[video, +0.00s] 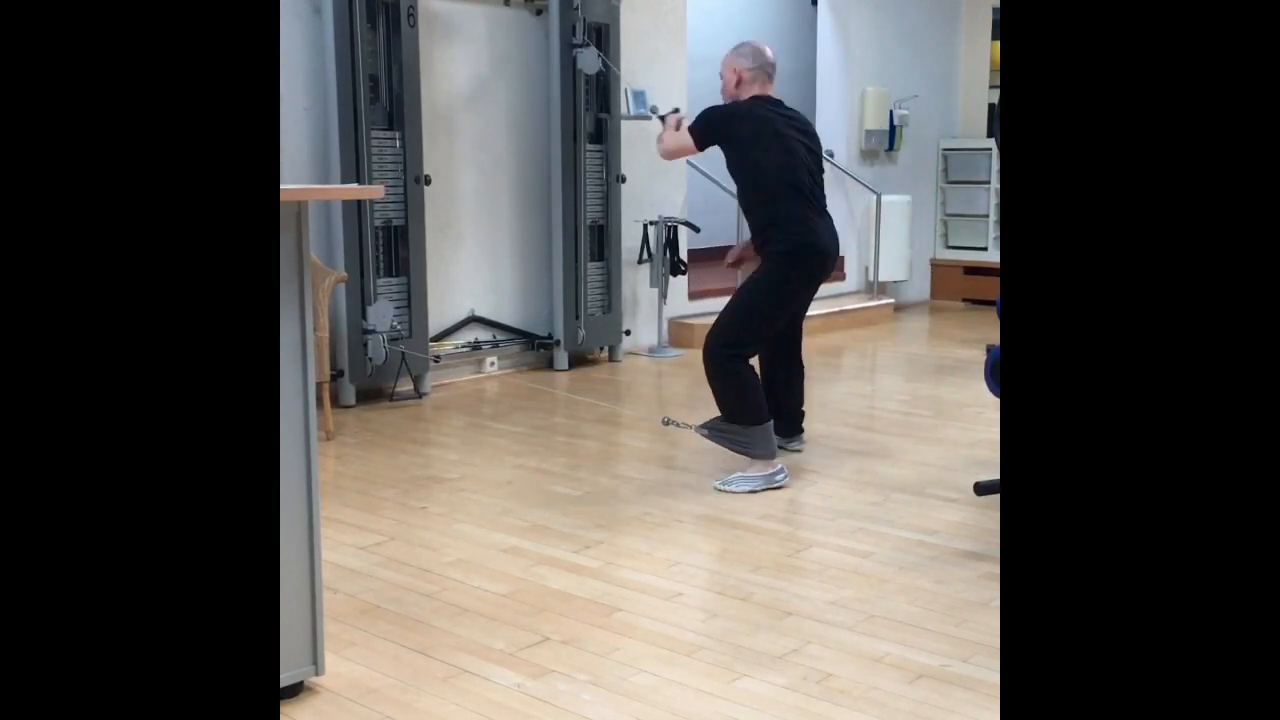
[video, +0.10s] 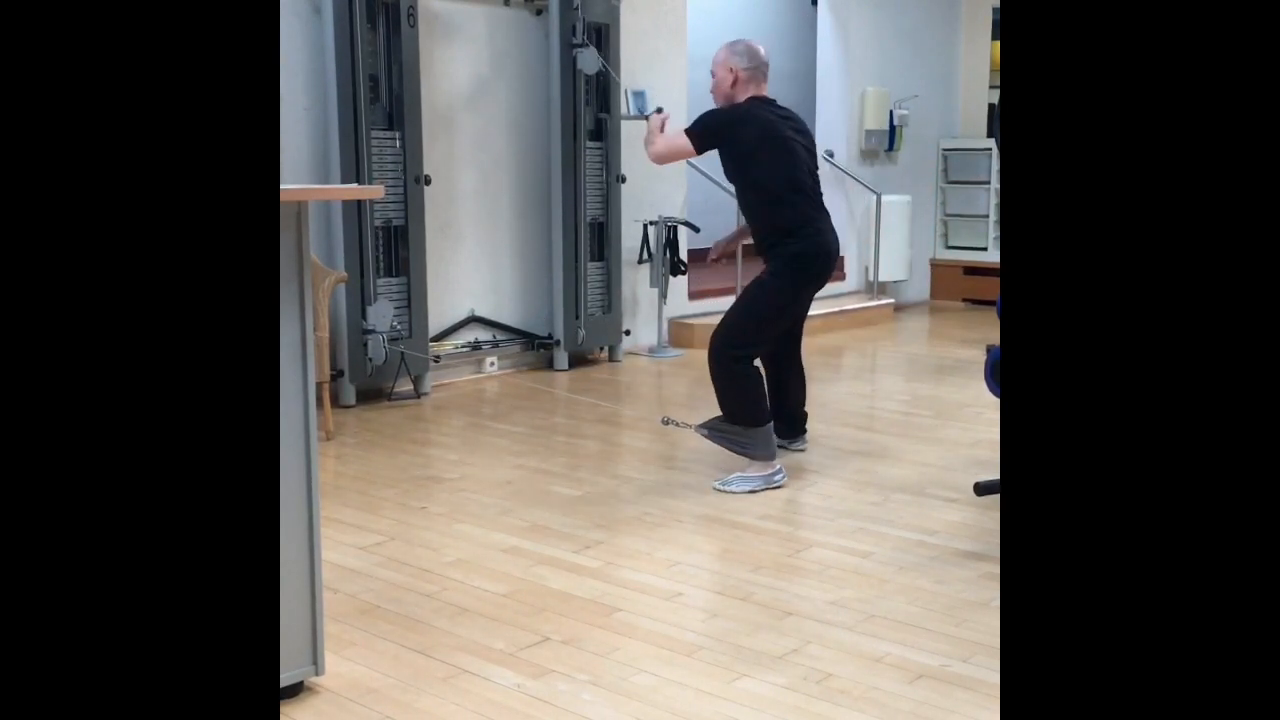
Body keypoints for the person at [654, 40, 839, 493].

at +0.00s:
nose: (723, 86)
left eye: (724, 78)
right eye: (724, 78)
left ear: (737, 76)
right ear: (768, 78)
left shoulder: (730, 115)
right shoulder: (798, 121)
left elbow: (669, 148)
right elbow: (803, 200)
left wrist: (671, 123)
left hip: (789, 251)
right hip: (819, 249)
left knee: (722, 347)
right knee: (780, 342)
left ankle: (761, 461)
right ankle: (786, 429)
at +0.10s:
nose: (711, 83)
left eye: (715, 74)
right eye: (712, 74)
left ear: (736, 76)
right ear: (756, 78)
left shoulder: (732, 118)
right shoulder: (791, 120)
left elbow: (658, 152)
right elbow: (789, 197)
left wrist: (655, 127)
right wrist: (735, 239)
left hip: (794, 256)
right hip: (819, 251)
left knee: (728, 346)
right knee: (781, 344)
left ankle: (762, 463)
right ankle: (789, 430)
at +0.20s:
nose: (704, 85)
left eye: (709, 76)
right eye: (705, 75)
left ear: (736, 78)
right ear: (747, 80)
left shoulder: (732, 122)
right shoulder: (783, 120)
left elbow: (654, 157)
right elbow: (766, 199)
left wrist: (642, 135)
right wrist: (715, 237)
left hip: (795, 259)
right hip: (816, 254)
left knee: (732, 344)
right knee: (781, 347)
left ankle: (760, 462)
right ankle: (789, 431)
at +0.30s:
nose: (700, 85)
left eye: (706, 76)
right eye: (700, 76)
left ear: (733, 78)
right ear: (740, 79)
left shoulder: (738, 123)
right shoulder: (773, 119)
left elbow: (653, 158)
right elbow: (757, 200)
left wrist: (631, 133)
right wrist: (705, 236)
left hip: (797, 259)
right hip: (806, 255)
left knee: (740, 340)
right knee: (778, 345)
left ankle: (755, 461)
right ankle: (790, 431)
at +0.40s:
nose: (698, 85)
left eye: (705, 75)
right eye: (699, 75)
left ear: (735, 77)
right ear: (737, 78)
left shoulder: (745, 124)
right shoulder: (763, 120)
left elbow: (656, 159)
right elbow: (742, 198)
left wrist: (621, 132)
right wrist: (694, 234)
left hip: (795, 259)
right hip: (788, 256)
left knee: (742, 341)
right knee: (775, 344)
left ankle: (750, 462)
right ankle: (790, 431)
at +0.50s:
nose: (697, 85)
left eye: (705, 75)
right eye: (697, 75)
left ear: (736, 77)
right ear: (734, 78)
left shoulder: (748, 125)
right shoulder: (755, 123)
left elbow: (663, 163)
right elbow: (731, 194)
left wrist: (610, 135)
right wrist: (685, 232)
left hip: (792, 260)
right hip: (777, 258)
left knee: (742, 344)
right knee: (771, 345)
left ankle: (747, 465)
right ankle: (789, 432)